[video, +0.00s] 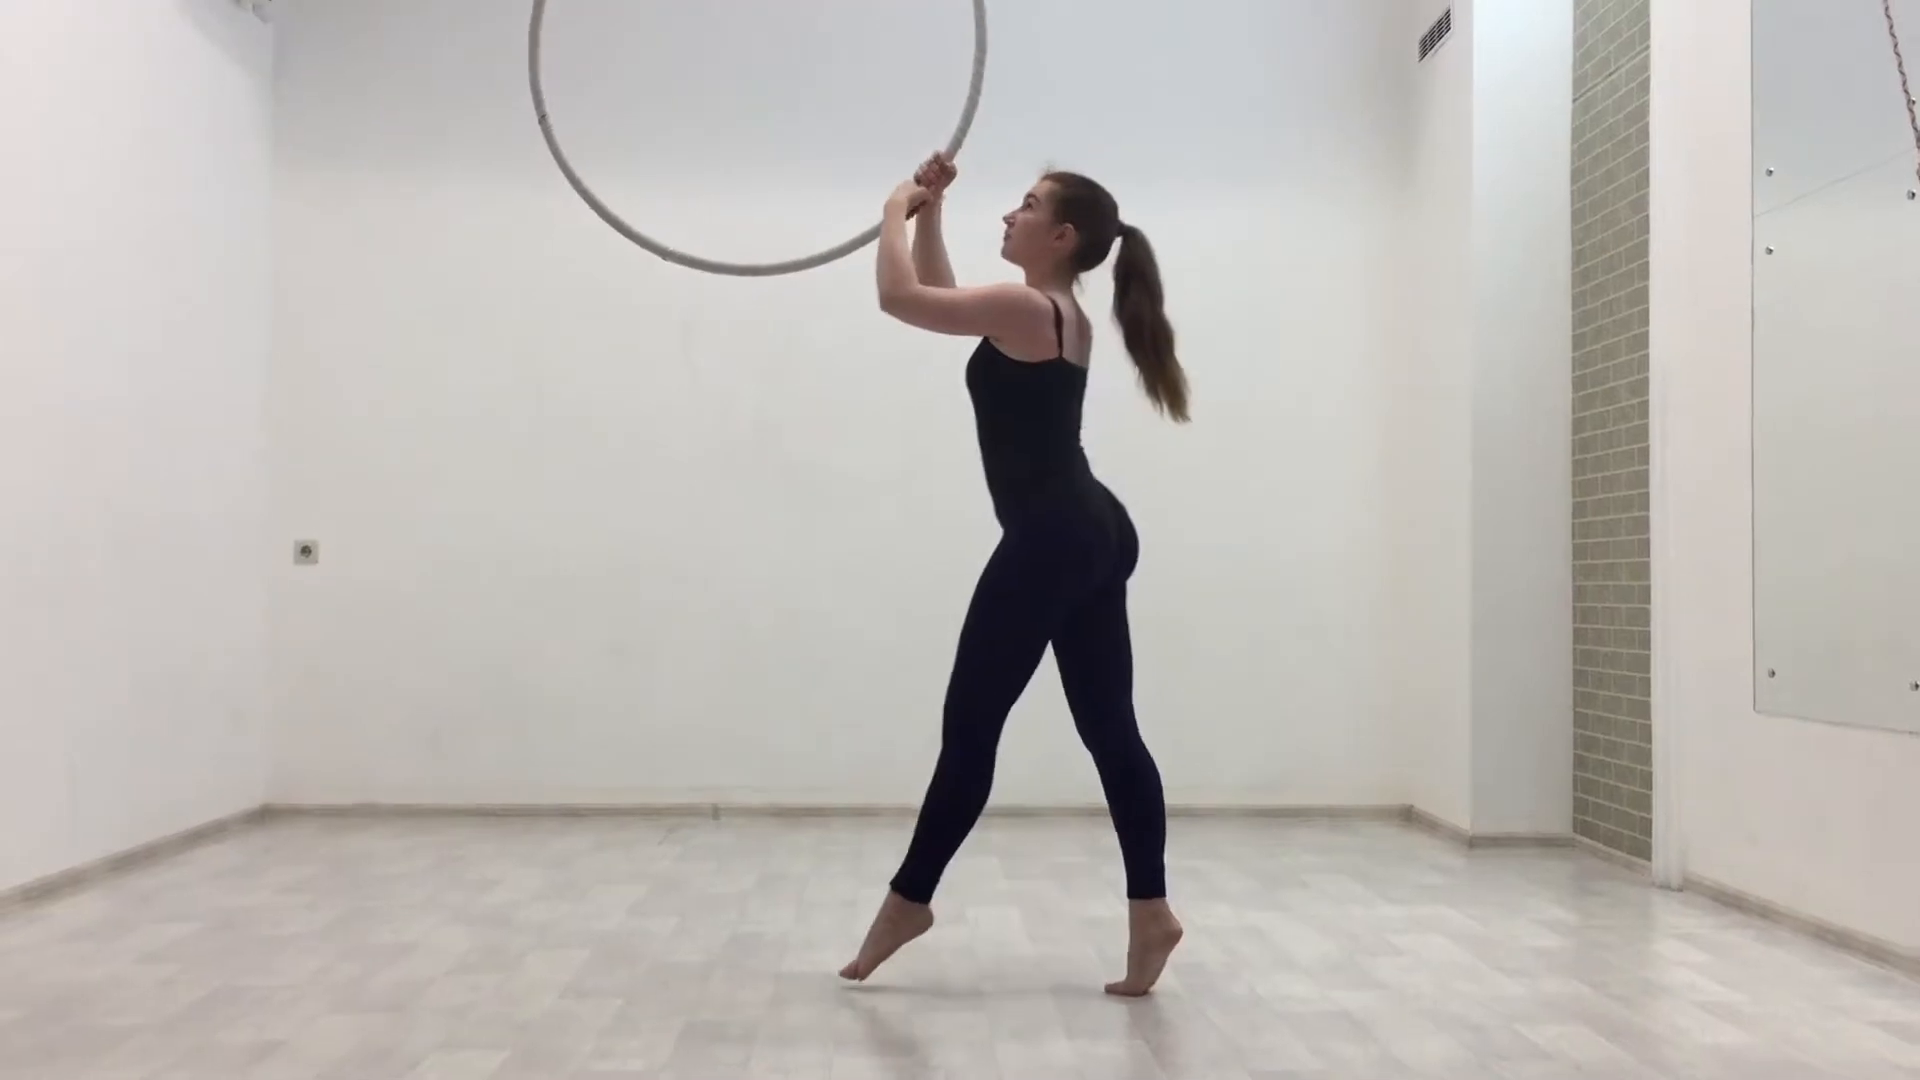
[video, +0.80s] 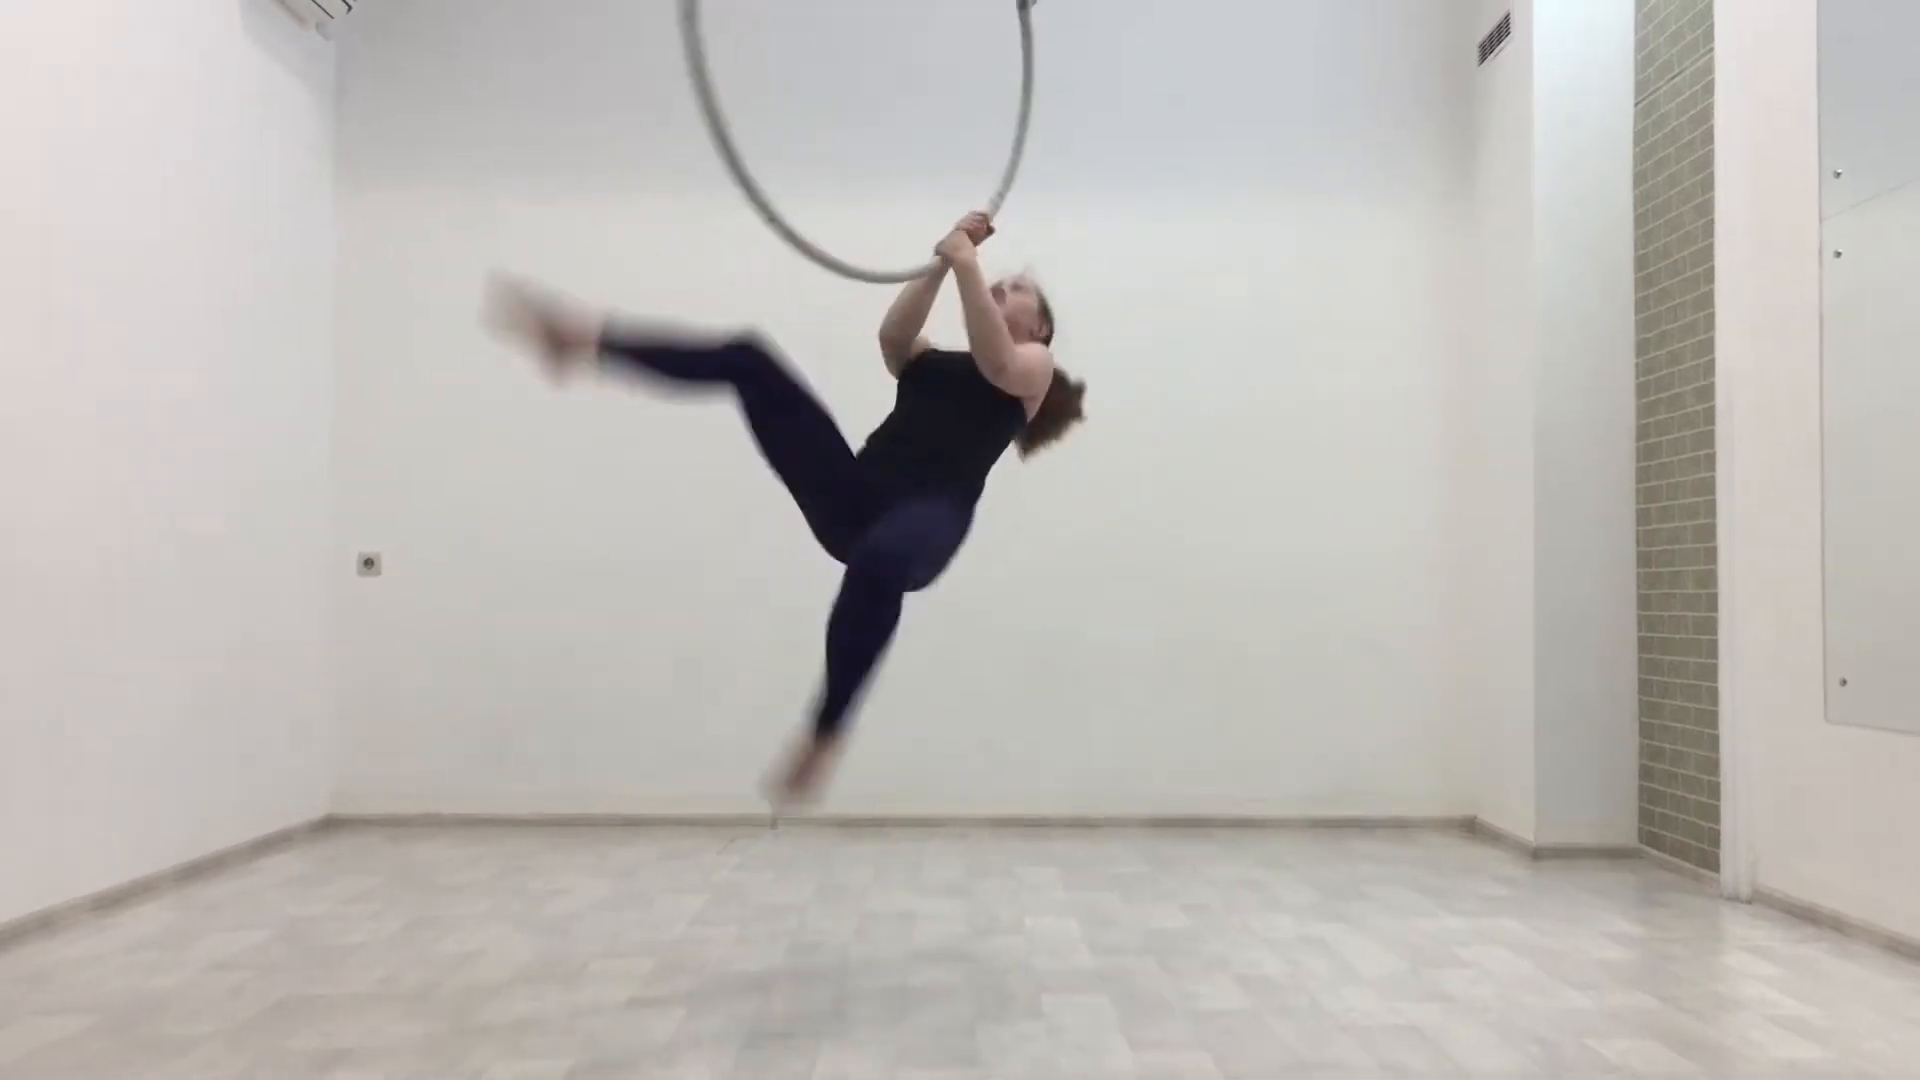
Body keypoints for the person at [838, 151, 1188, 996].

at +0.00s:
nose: (1010, 215)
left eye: (1028, 208)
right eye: (1019, 203)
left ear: (1063, 237)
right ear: (1066, 242)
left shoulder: (1018, 308)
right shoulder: (1069, 316)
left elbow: (900, 298)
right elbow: (942, 294)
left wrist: (895, 214)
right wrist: (932, 207)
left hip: (1042, 546)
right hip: (1096, 535)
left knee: (970, 724)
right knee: (1112, 729)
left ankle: (908, 900)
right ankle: (1151, 909)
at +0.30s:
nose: (967, 238)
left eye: (986, 234)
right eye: (979, 228)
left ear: (1017, 270)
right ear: (1012, 273)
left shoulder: (976, 336)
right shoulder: (989, 335)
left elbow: (852, 310)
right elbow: (875, 308)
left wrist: (858, 224)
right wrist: (883, 224)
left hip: (991, 569)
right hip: (1019, 560)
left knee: (918, 741)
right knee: (1066, 746)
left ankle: (882, 935)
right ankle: (1145, 915)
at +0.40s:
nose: (963, 244)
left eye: (982, 243)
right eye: (974, 235)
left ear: (1009, 281)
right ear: (1002, 281)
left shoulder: (974, 344)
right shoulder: (960, 337)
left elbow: (851, 315)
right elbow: (846, 315)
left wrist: (853, 229)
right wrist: (870, 225)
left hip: (965, 579)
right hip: (965, 571)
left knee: (909, 754)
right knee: (1000, 757)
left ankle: (895, 950)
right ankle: (1119, 898)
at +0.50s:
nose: (974, 247)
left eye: (996, 248)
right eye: (983, 239)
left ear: (1020, 289)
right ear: (998, 281)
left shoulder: (988, 349)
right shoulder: (939, 342)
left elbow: (879, 333)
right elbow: (836, 319)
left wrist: (858, 241)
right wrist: (868, 235)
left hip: (961, 572)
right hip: (909, 570)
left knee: (923, 761)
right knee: (880, 758)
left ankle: (908, 956)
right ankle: (1005, 887)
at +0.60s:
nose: (992, 246)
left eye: (1016, 247)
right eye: (995, 239)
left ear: (1039, 289)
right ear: (978, 268)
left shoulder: (1017, 334)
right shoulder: (942, 339)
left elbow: (922, 341)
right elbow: (856, 328)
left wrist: (886, 250)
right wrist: (885, 246)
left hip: (960, 559)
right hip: (891, 545)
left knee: (921, 742)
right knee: (769, 664)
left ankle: (905, 935)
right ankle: (771, 848)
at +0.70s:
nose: (1002, 255)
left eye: (1024, 254)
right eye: (999, 251)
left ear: (1048, 293)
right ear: (981, 273)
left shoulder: (1039, 330)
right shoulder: (949, 331)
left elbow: (975, 349)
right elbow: (888, 335)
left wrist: (936, 256)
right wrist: (926, 254)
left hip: (951, 533)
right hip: (879, 513)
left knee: (876, 681)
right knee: (725, 497)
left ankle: (884, 869)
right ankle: (595, 624)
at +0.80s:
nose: (994, 296)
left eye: (1013, 296)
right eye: (994, 293)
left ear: (1041, 332)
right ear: (983, 308)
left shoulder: (1036, 370)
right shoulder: (936, 366)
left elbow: (998, 360)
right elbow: (895, 339)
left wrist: (962, 265)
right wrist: (940, 268)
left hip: (919, 521)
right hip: (849, 496)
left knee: (876, 565)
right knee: (749, 358)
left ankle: (821, 738)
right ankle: (583, 343)